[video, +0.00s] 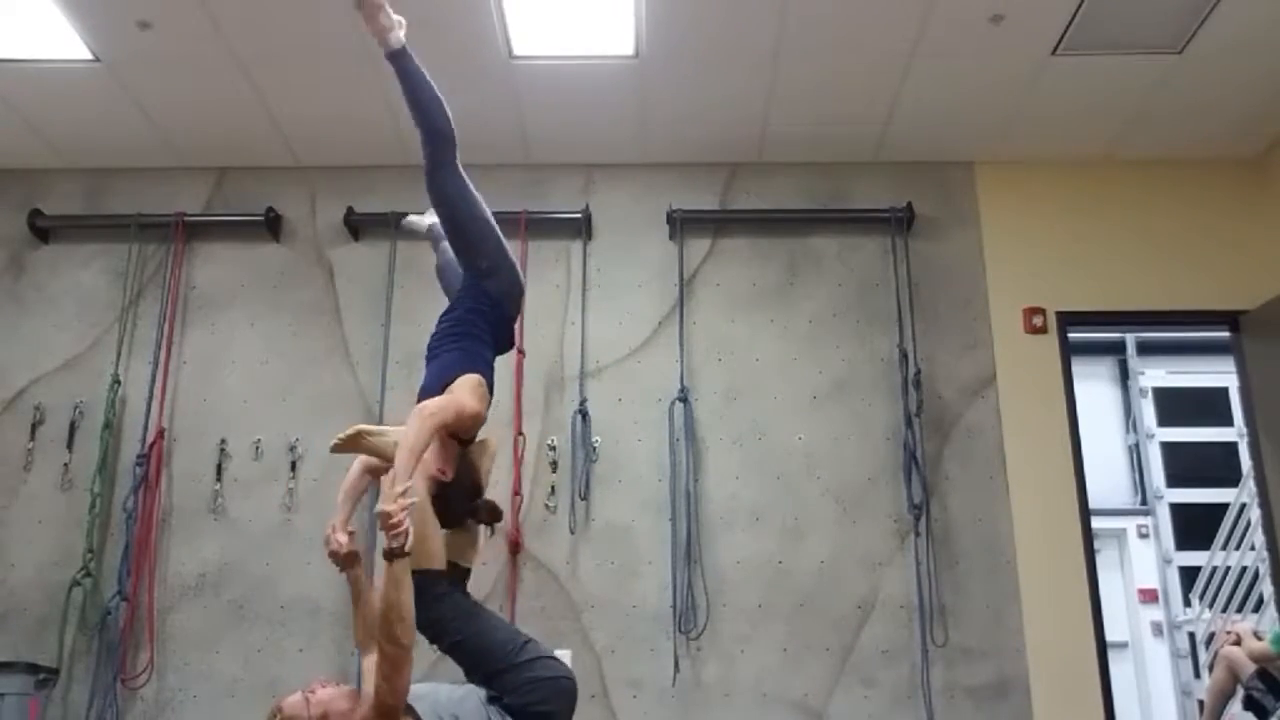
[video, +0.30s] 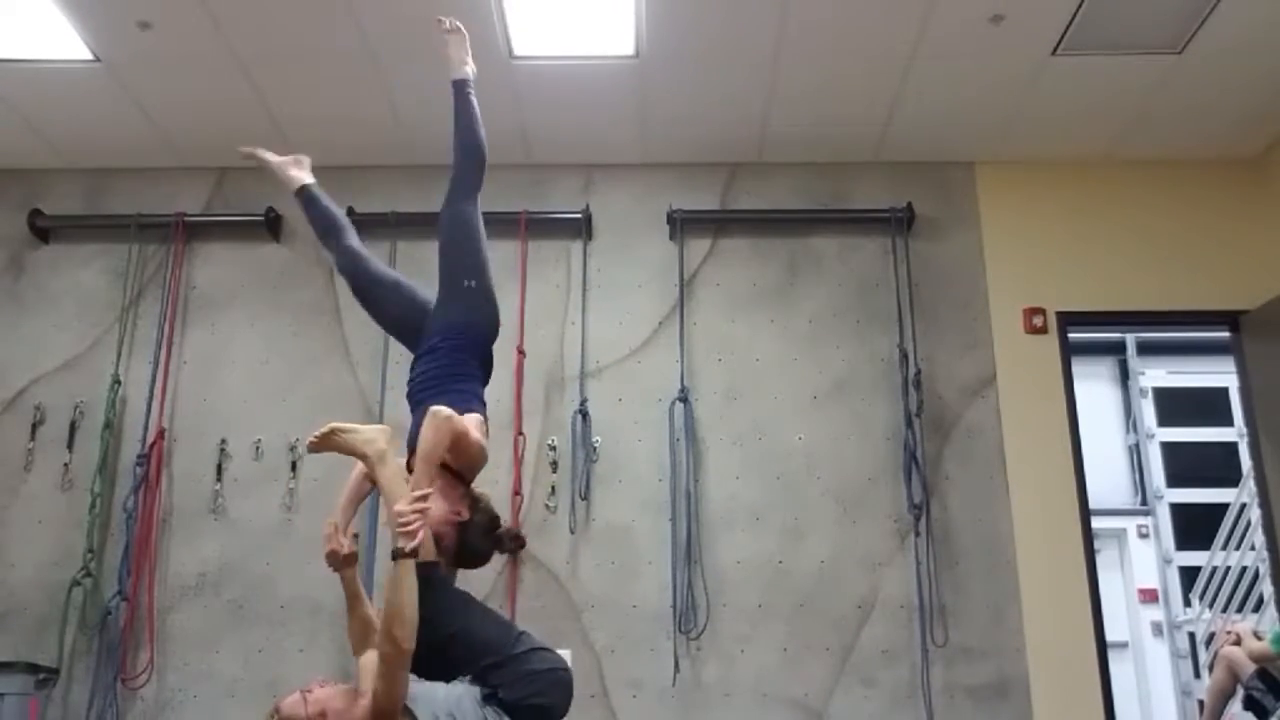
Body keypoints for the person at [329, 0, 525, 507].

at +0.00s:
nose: (429, 473)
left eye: (431, 480)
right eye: (430, 482)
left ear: (435, 471)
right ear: (448, 471)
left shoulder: (417, 433)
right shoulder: (470, 412)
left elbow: (369, 464)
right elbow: (425, 416)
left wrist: (341, 519)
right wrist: (398, 490)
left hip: (472, 317)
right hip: (495, 298)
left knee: (455, 279)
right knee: (443, 156)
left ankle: (436, 232)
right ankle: (395, 44)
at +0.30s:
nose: (431, 518)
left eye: (433, 528)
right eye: (440, 524)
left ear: (451, 510)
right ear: (461, 506)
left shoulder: (423, 455)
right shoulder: (472, 457)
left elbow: (373, 460)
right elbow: (440, 425)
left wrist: (342, 520)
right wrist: (413, 500)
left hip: (429, 341)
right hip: (467, 330)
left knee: (355, 263)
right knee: (464, 192)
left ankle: (300, 181)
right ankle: (462, 74)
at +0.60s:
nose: (543, 546)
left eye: (554, 555)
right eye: (556, 544)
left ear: (535, 535)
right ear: (555, 514)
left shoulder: (482, 518)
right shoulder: (530, 486)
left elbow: (406, 492)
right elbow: (595, 483)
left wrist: (375, 543)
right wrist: (558, 531)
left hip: (380, 422)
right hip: (421, 390)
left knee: (283, 461)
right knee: (363, 271)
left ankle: (147, 468)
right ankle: (324, 165)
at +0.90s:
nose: (454, 504)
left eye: (455, 503)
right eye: (462, 503)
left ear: (446, 487)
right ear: (470, 486)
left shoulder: (398, 466)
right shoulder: (472, 456)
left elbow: (314, 507)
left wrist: (337, 576)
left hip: (366, 403)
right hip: (418, 379)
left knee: (375, 501)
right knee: (315, 301)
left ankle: (307, 616)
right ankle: (203, 220)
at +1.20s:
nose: (321, 678)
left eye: (308, 684)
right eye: (310, 691)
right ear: (321, 714)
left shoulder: (387, 701)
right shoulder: (378, 715)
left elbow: (403, 659)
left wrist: (390, 588)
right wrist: (453, 679)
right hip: (531, 701)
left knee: (476, 561)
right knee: (472, 562)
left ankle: (545, 460)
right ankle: (546, 459)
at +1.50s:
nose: (325, 679)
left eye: (312, 685)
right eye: (316, 691)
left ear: (336, 702)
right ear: (331, 713)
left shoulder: (397, 703)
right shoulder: (398, 714)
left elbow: (433, 677)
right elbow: (491, 716)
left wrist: (425, 603)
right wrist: (541, 693)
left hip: (527, 689)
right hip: (547, 704)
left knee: (582, 564)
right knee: (539, 552)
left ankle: (674, 511)